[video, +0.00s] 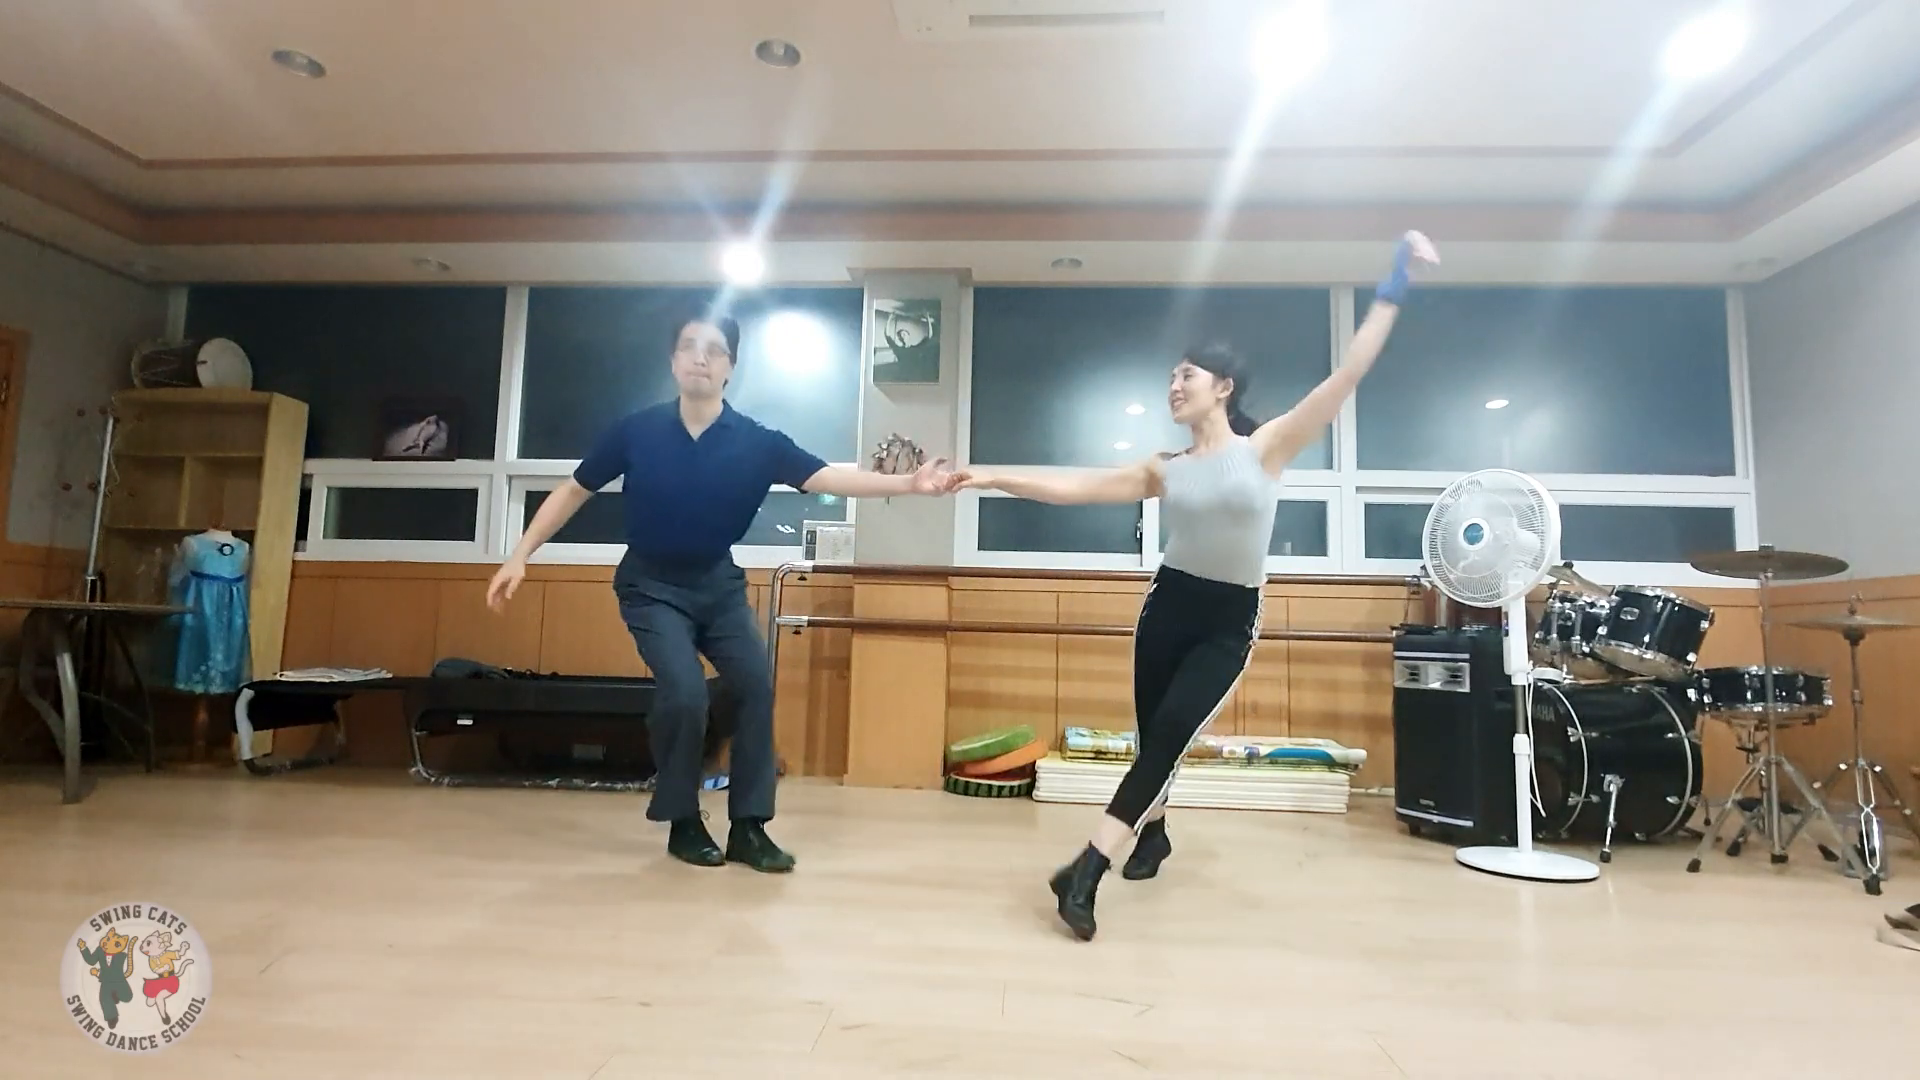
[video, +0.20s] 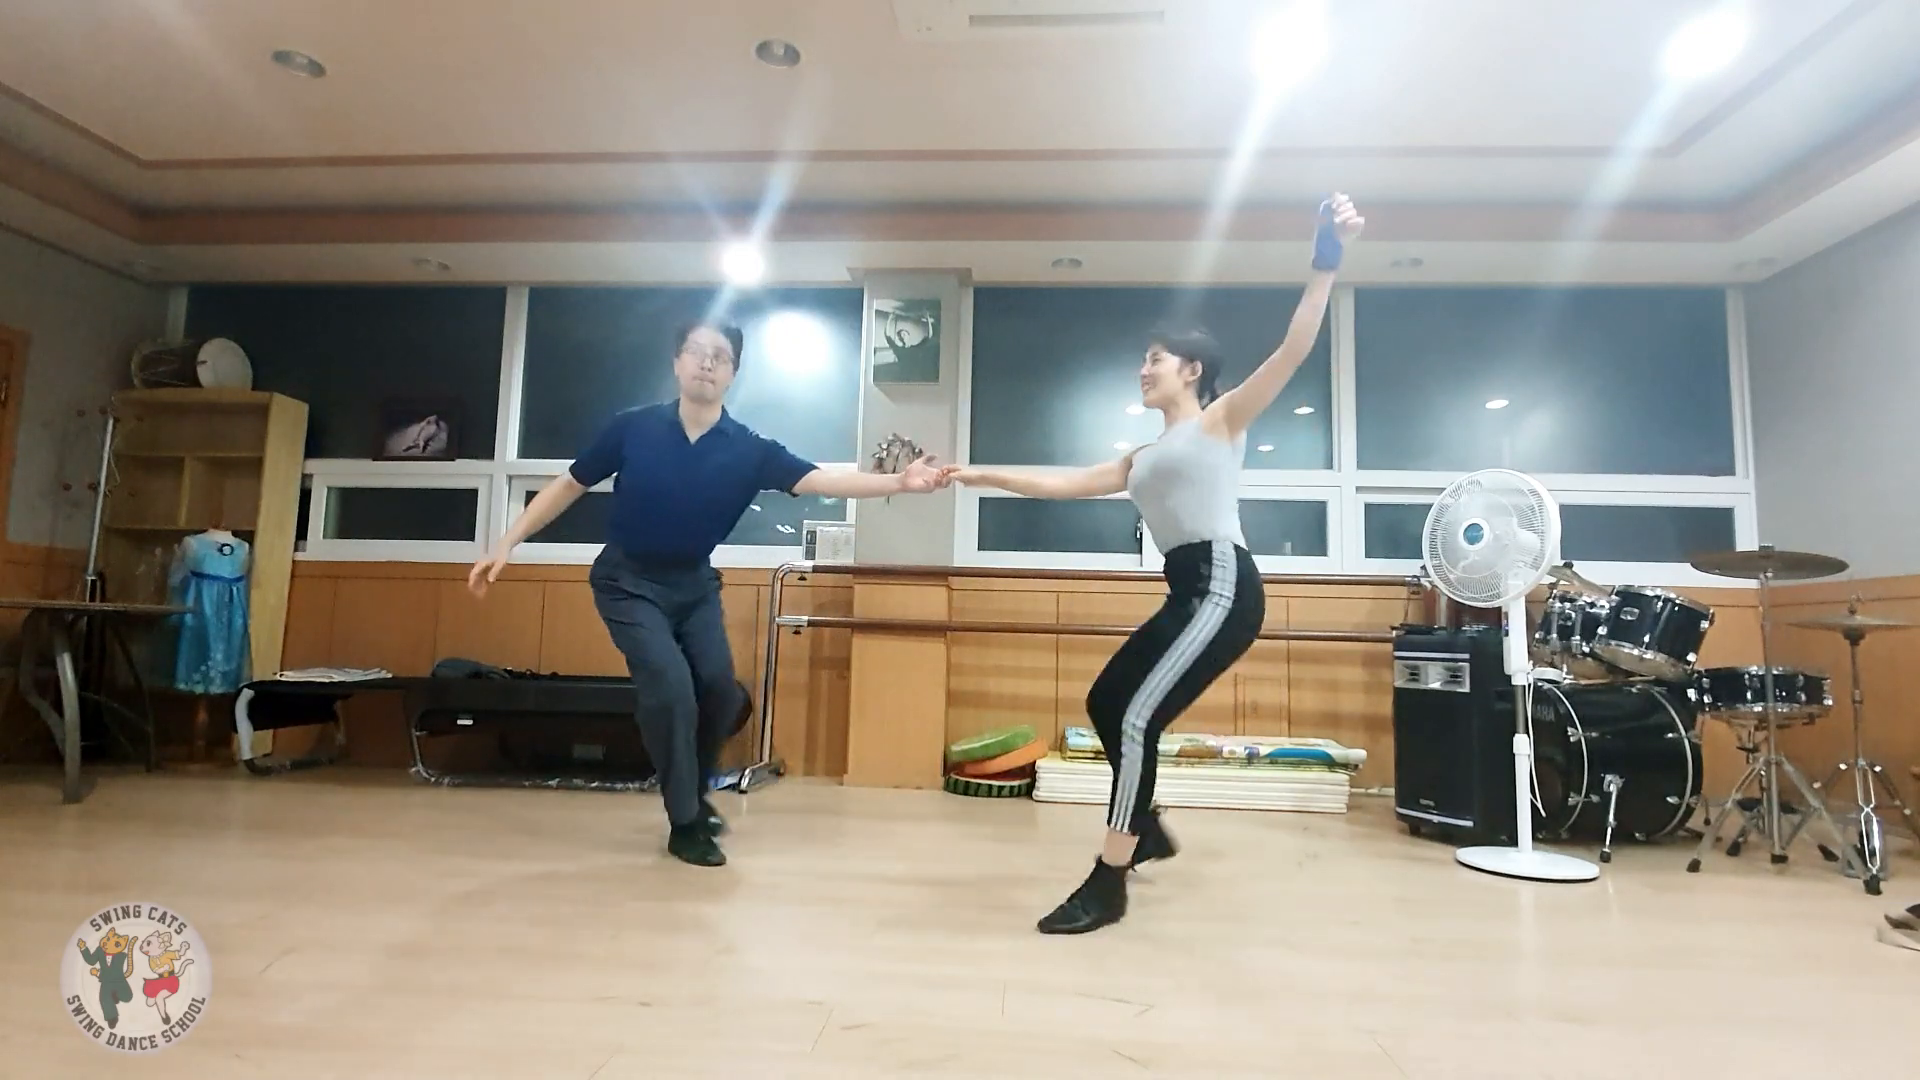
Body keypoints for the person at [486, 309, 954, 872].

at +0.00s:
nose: (699, 361)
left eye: (714, 351)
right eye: (689, 347)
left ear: (731, 367)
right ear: (672, 359)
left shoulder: (757, 442)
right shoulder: (637, 433)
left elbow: (829, 476)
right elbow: (574, 490)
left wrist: (909, 482)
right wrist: (519, 556)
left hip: (720, 587)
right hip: (651, 586)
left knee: (755, 679)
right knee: (685, 689)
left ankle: (749, 828)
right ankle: (684, 824)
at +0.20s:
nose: (706, 364)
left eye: (719, 358)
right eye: (696, 353)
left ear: (732, 375)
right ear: (675, 364)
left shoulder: (749, 448)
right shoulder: (633, 429)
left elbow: (820, 478)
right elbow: (568, 484)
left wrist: (900, 482)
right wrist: (507, 543)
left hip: (693, 586)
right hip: (629, 582)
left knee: (721, 690)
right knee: (671, 686)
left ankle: (690, 793)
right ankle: (686, 825)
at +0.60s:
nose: (699, 376)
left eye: (712, 370)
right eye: (690, 365)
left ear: (726, 387)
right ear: (669, 375)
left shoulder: (736, 462)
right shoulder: (624, 434)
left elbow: (802, 492)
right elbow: (554, 488)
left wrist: (879, 494)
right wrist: (487, 539)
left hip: (663, 596)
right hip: (605, 583)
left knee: (638, 715)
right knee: (649, 689)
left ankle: (531, 767)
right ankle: (683, 822)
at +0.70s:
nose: (699, 374)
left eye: (712, 369)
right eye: (690, 362)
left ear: (723, 386)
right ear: (668, 371)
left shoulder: (728, 456)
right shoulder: (620, 431)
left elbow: (791, 492)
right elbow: (546, 483)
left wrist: (857, 493)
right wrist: (482, 531)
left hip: (653, 590)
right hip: (599, 576)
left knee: (623, 708)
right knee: (646, 688)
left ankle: (519, 780)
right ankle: (681, 822)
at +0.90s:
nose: (694, 374)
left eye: (707, 368)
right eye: (686, 363)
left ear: (719, 385)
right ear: (667, 372)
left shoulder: (725, 450)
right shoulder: (620, 430)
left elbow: (760, 498)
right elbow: (546, 482)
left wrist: (816, 495)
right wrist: (480, 529)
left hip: (657, 583)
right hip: (605, 573)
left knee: (591, 690)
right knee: (660, 676)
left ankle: (512, 787)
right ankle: (639, 809)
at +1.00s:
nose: (710, 365)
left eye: (722, 359)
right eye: (702, 353)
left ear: (735, 375)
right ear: (680, 361)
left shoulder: (741, 444)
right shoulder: (636, 429)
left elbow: (751, 511)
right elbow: (568, 483)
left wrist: (790, 506)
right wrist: (504, 533)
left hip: (676, 582)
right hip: (626, 574)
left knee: (607, 689)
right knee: (664, 685)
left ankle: (522, 774)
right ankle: (635, 812)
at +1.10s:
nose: (731, 347)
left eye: (743, 341)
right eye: (723, 336)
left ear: (755, 357)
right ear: (700, 345)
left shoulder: (760, 429)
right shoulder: (659, 413)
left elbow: (765, 502)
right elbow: (602, 474)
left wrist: (788, 504)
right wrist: (555, 528)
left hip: (698, 568)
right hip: (646, 562)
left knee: (680, 689)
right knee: (660, 685)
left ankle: (582, 765)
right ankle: (634, 810)